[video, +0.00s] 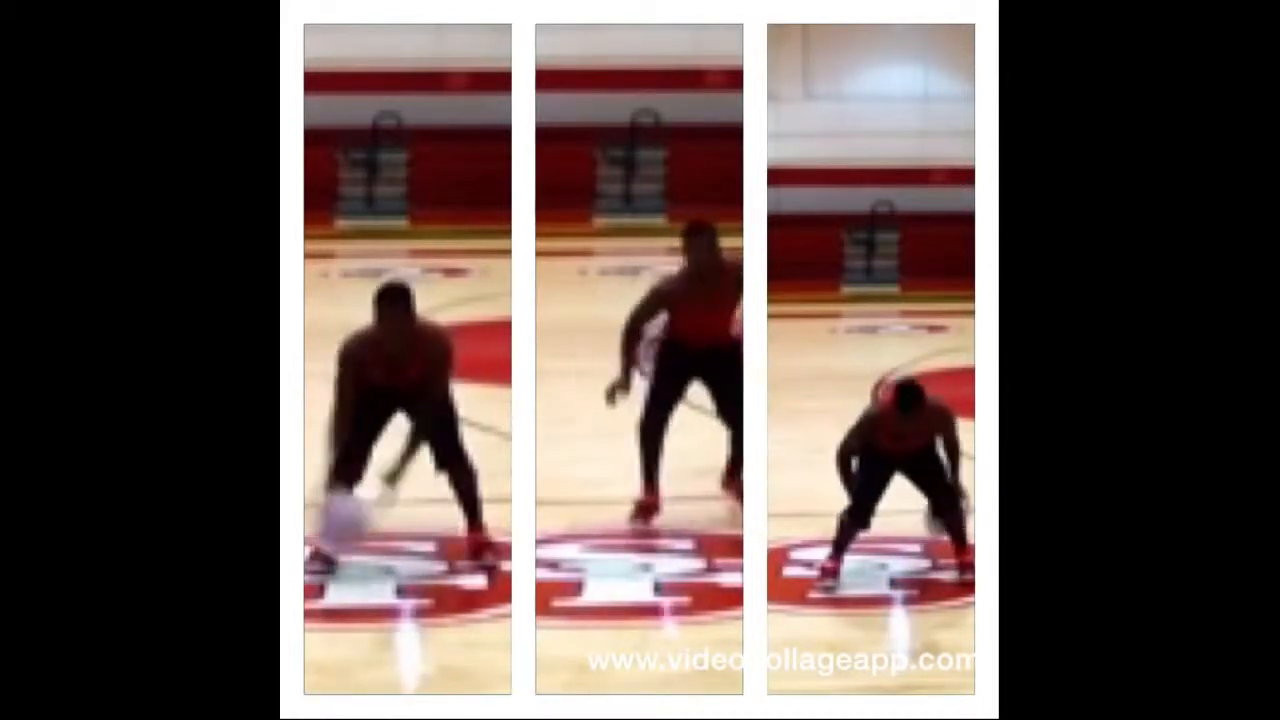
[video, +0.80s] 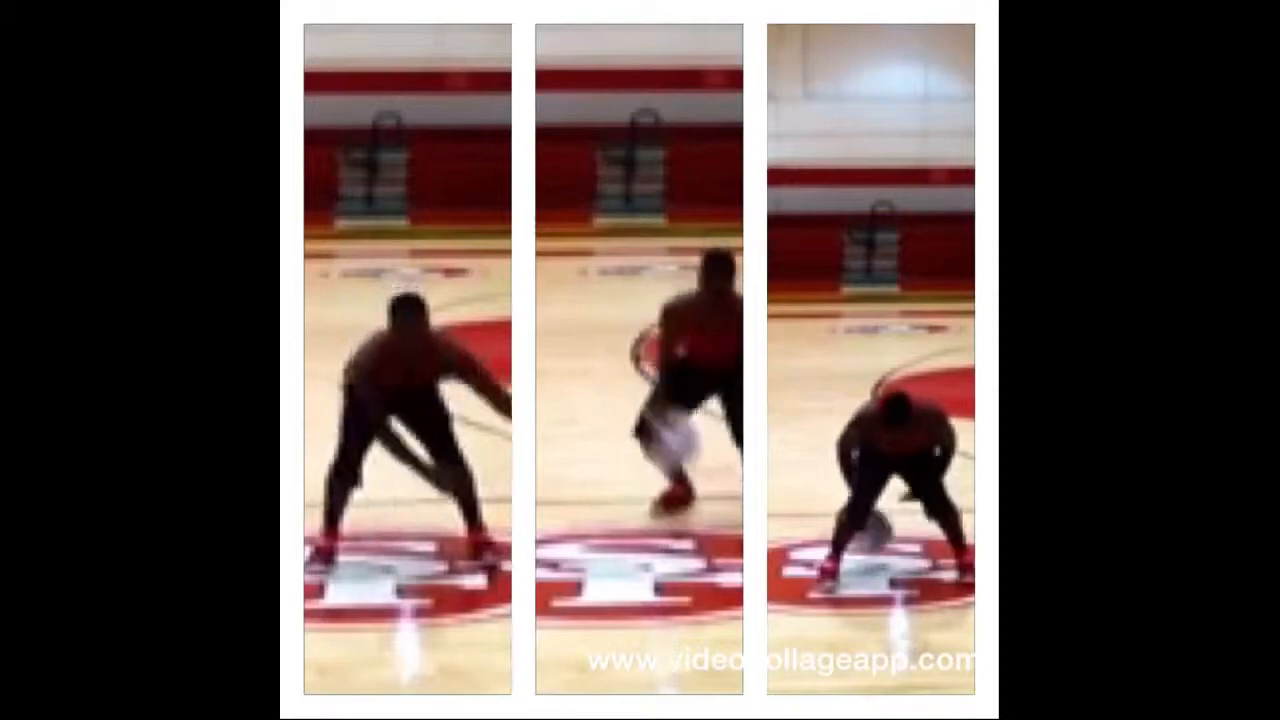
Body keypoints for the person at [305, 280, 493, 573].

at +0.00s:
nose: (394, 333)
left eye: (401, 324)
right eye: (387, 324)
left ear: (412, 318)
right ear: (377, 319)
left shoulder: (435, 344)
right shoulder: (356, 350)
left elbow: (427, 417)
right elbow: (343, 414)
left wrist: (399, 468)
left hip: (424, 396)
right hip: (375, 397)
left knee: (454, 460)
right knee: (349, 462)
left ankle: (476, 532)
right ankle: (327, 543)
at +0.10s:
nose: (402, 329)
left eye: (408, 319)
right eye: (394, 320)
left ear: (418, 314)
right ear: (384, 317)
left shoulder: (440, 344)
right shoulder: (367, 350)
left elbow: (450, 410)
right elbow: (380, 423)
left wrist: (445, 456)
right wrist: (413, 474)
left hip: (425, 396)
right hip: (376, 398)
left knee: (459, 459)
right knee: (348, 465)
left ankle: (478, 535)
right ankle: (329, 538)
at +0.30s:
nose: (410, 332)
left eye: (415, 323)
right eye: (402, 324)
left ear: (425, 318)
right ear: (390, 320)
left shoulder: (445, 347)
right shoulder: (368, 351)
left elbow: (463, 399)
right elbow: (375, 423)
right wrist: (405, 471)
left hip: (418, 393)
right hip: (373, 396)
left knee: (454, 457)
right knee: (352, 464)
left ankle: (480, 536)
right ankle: (329, 537)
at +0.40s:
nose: (400, 334)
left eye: (407, 324)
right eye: (393, 324)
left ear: (418, 319)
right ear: (383, 320)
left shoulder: (436, 348)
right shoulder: (359, 353)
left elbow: (425, 422)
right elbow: (345, 419)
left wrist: (393, 467)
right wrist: (348, 464)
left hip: (419, 399)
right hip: (370, 398)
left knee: (451, 458)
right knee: (345, 464)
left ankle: (476, 531)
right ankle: (330, 538)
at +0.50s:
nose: (399, 335)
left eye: (406, 324)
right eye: (391, 324)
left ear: (416, 320)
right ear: (380, 320)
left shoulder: (435, 349)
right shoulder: (359, 350)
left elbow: (414, 422)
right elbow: (330, 405)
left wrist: (374, 463)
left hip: (422, 399)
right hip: (372, 399)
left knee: (455, 462)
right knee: (348, 462)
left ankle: (477, 533)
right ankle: (329, 538)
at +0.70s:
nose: (409, 331)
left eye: (415, 321)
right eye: (401, 322)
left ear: (425, 317)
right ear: (391, 319)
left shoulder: (442, 347)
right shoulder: (369, 353)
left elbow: (473, 395)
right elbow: (389, 422)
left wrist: (499, 436)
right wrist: (427, 465)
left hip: (422, 399)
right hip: (373, 402)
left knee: (454, 461)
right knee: (346, 469)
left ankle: (475, 527)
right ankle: (330, 535)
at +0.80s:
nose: (412, 340)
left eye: (418, 330)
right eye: (404, 331)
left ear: (426, 325)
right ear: (392, 328)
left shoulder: (439, 350)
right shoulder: (369, 363)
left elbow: (484, 383)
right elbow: (384, 433)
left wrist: (514, 412)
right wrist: (429, 474)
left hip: (416, 394)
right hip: (369, 398)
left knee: (451, 461)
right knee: (345, 468)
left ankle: (477, 532)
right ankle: (328, 537)